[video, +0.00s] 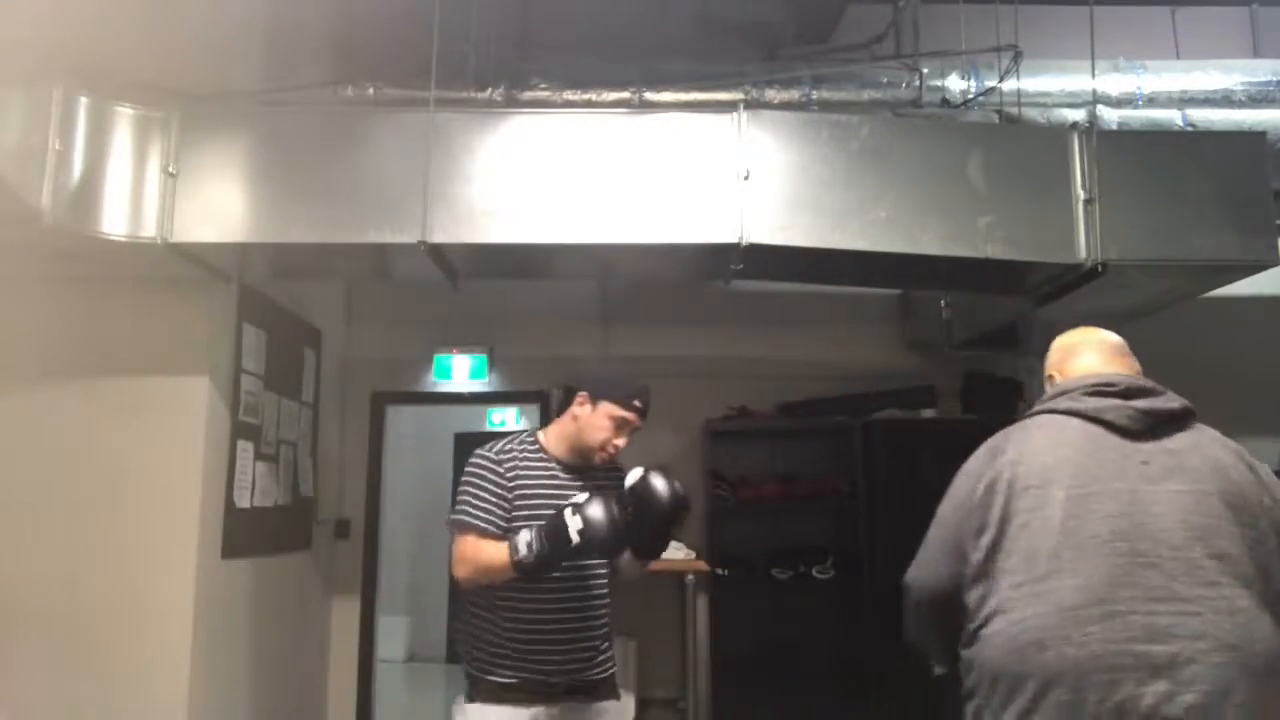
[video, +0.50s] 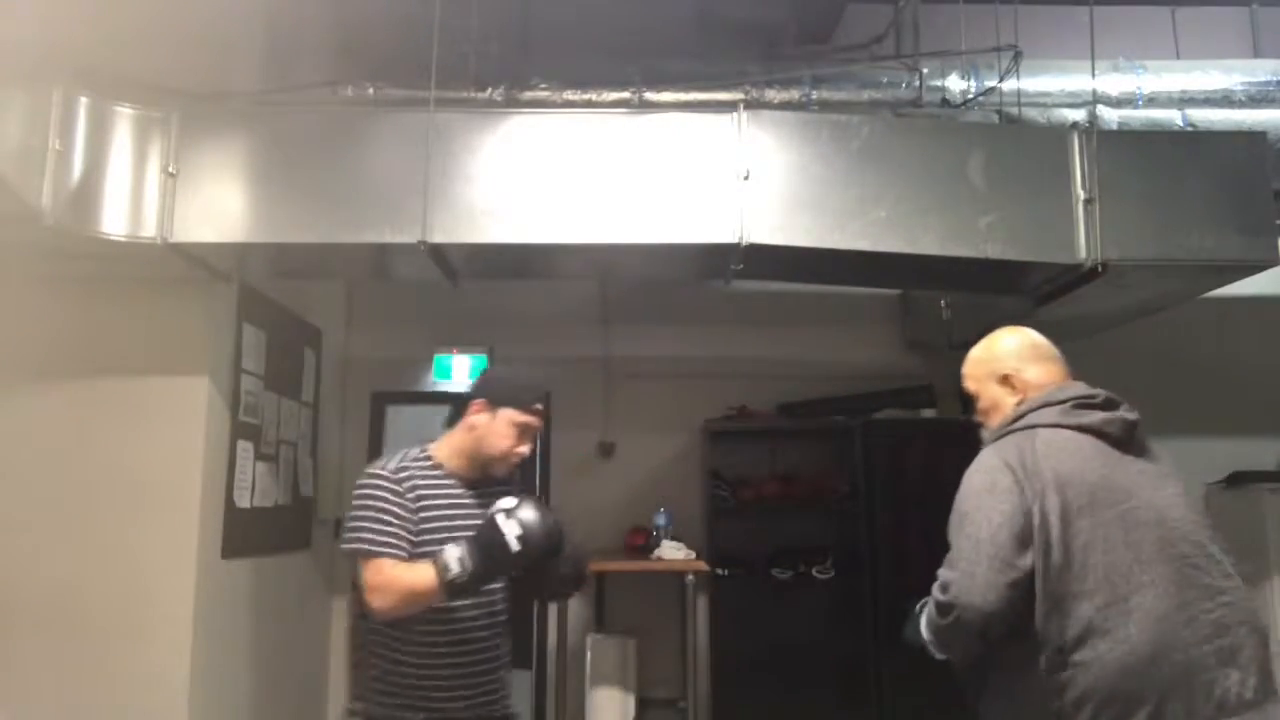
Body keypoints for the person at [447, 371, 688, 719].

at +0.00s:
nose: (622, 443)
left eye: (630, 433)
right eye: (618, 425)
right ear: (581, 404)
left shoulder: (610, 475)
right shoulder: (496, 462)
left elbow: (625, 570)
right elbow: (467, 565)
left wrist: (651, 532)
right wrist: (562, 533)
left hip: (593, 692)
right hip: (508, 694)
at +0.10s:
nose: (624, 440)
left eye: (631, 430)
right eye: (619, 421)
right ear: (581, 400)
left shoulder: (608, 472)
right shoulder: (495, 457)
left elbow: (630, 567)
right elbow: (456, 561)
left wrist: (648, 520)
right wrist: (550, 540)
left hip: (586, 696)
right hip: (498, 698)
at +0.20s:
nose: (613, 438)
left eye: (620, 427)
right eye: (609, 419)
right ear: (569, 399)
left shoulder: (600, 472)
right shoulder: (484, 457)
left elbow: (622, 566)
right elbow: (453, 566)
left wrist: (636, 512)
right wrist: (539, 542)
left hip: (573, 697)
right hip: (484, 697)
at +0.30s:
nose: (591, 438)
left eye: (598, 427)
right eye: (585, 419)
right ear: (544, 399)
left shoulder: (574, 476)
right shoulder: (461, 462)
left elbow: (591, 577)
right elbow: (435, 574)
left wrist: (609, 530)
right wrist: (527, 541)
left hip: (557, 702)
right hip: (466, 703)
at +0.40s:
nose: (559, 446)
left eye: (566, 433)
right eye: (553, 427)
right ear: (511, 407)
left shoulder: (536, 482)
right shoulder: (424, 474)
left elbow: (550, 576)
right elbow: (408, 589)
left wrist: (577, 554)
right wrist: (500, 553)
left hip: (528, 699)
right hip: (445, 703)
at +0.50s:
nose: (527, 451)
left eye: (533, 440)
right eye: (520, 432)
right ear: (477, 412)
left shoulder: (497, 492)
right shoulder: (390, 480)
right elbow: (382, 594)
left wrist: (548, 573)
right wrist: (477, 556)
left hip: (488, 704)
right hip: (405, 707)